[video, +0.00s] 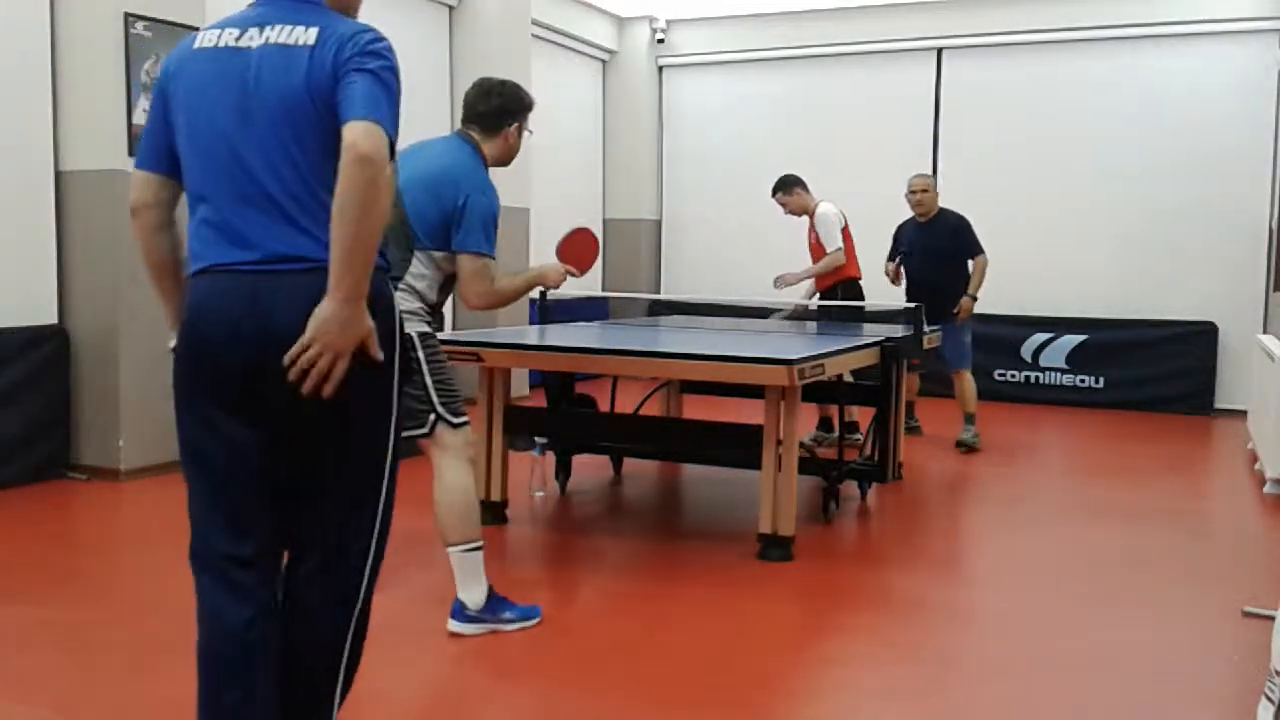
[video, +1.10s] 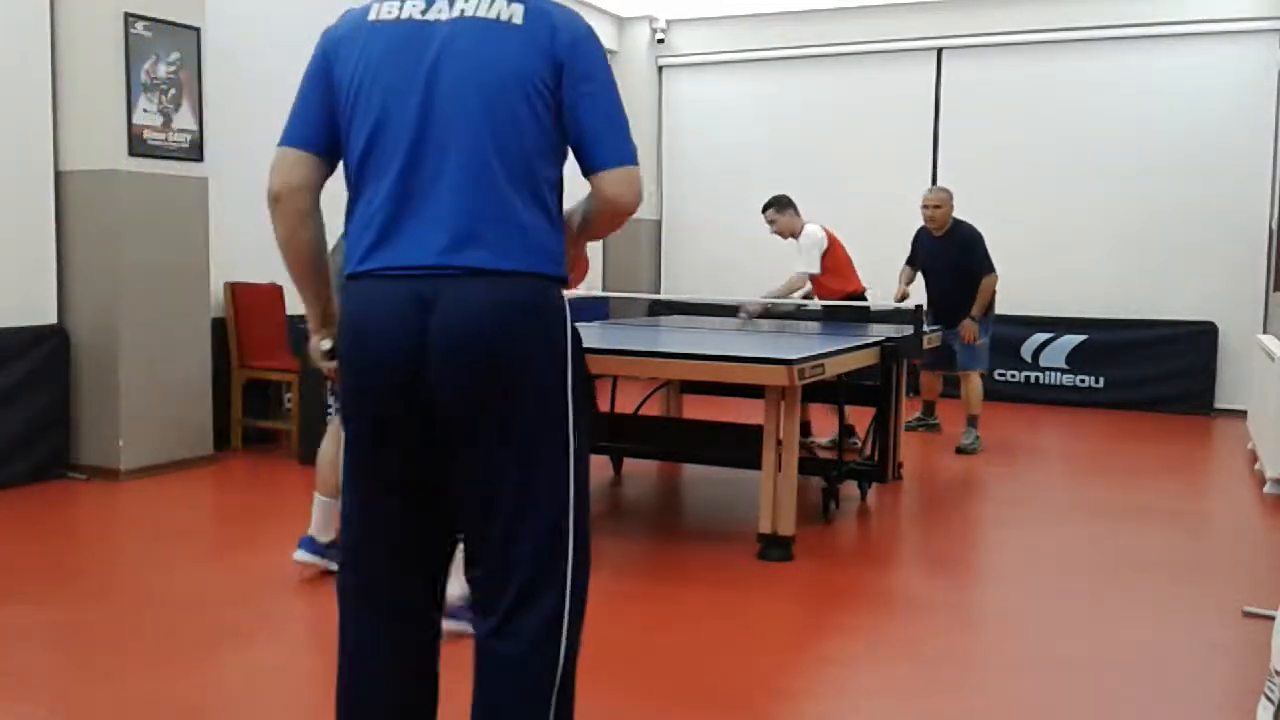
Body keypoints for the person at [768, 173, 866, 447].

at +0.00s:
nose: (785, 211)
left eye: (784, 204)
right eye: (781, 206)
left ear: (798, 192)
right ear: (797, 195)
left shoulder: (825, 214)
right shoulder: (817, 218)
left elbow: (838, 257)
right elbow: (825, 268)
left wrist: (799, 276)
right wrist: (805, 300)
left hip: (843, 294)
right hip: (831, 295)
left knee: (830, 363)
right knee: (829, 364)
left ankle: (828, 426)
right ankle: (846, 425)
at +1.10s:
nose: (772, 230)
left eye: (773, 222)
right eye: (769, 224)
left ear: (789, 214)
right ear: (790, 216)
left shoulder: (811, 234)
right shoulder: (809, 236)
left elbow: (802, 279)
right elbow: (825, 281)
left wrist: (764, 301)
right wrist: (801, 295)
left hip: (847, 308)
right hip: (836, 308)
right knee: (831, 370)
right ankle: (846, 428)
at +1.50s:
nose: (746, 260)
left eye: (746, 252)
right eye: (744, 254)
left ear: (763, 245)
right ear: (766, 245)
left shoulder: (782, 262)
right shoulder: (786, 261)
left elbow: (749, 308)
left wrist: (709, 311)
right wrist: (723, 310)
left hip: (827, 330)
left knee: (779, 378)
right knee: (790, 377)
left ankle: (799, 433)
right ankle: (834, 420)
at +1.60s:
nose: (742, 266)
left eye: (743, 258)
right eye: (740, 260)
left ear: (759, 251)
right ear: (763, 250)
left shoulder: (777, 267)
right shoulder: (784, 267)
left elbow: (748, 308)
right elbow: (759, 308)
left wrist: (708, 312)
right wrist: (720, 309)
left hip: (821, 337)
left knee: (777, 381)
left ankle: (798, 432)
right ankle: (830, 420)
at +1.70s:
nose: (739, 269)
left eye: (739, 261)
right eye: (737, 263)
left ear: (755, 253)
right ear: (757, 253)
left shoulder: (775, 269)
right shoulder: (777, 269)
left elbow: (743, 308)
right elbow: (753, 309)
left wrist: (704, 313)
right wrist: (714, 311)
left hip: (818, 337)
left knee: (779, 386)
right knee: (783, 386)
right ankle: (829, 419)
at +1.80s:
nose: (735, 269)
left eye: (735, 261)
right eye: (733, 263)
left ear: (751, 254)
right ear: (755, 254)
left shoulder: (771, 269)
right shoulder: (774, 268)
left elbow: (741, 310)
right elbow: (746, 310)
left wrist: (709, 313)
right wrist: (714, 310)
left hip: (815, 335)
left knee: (782, 387)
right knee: (781, 386)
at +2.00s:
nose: (731, 262)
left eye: (732, 254)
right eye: (729, 256)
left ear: (748, 249)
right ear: (752, 250)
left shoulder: (766, 266)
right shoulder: (773, 265)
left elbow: (740, 310)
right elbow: (745, 308)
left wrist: (700, 314)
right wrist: (703, 310)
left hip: (813, 332)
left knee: (774, 377)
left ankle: (798, 432)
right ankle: (822, 413)